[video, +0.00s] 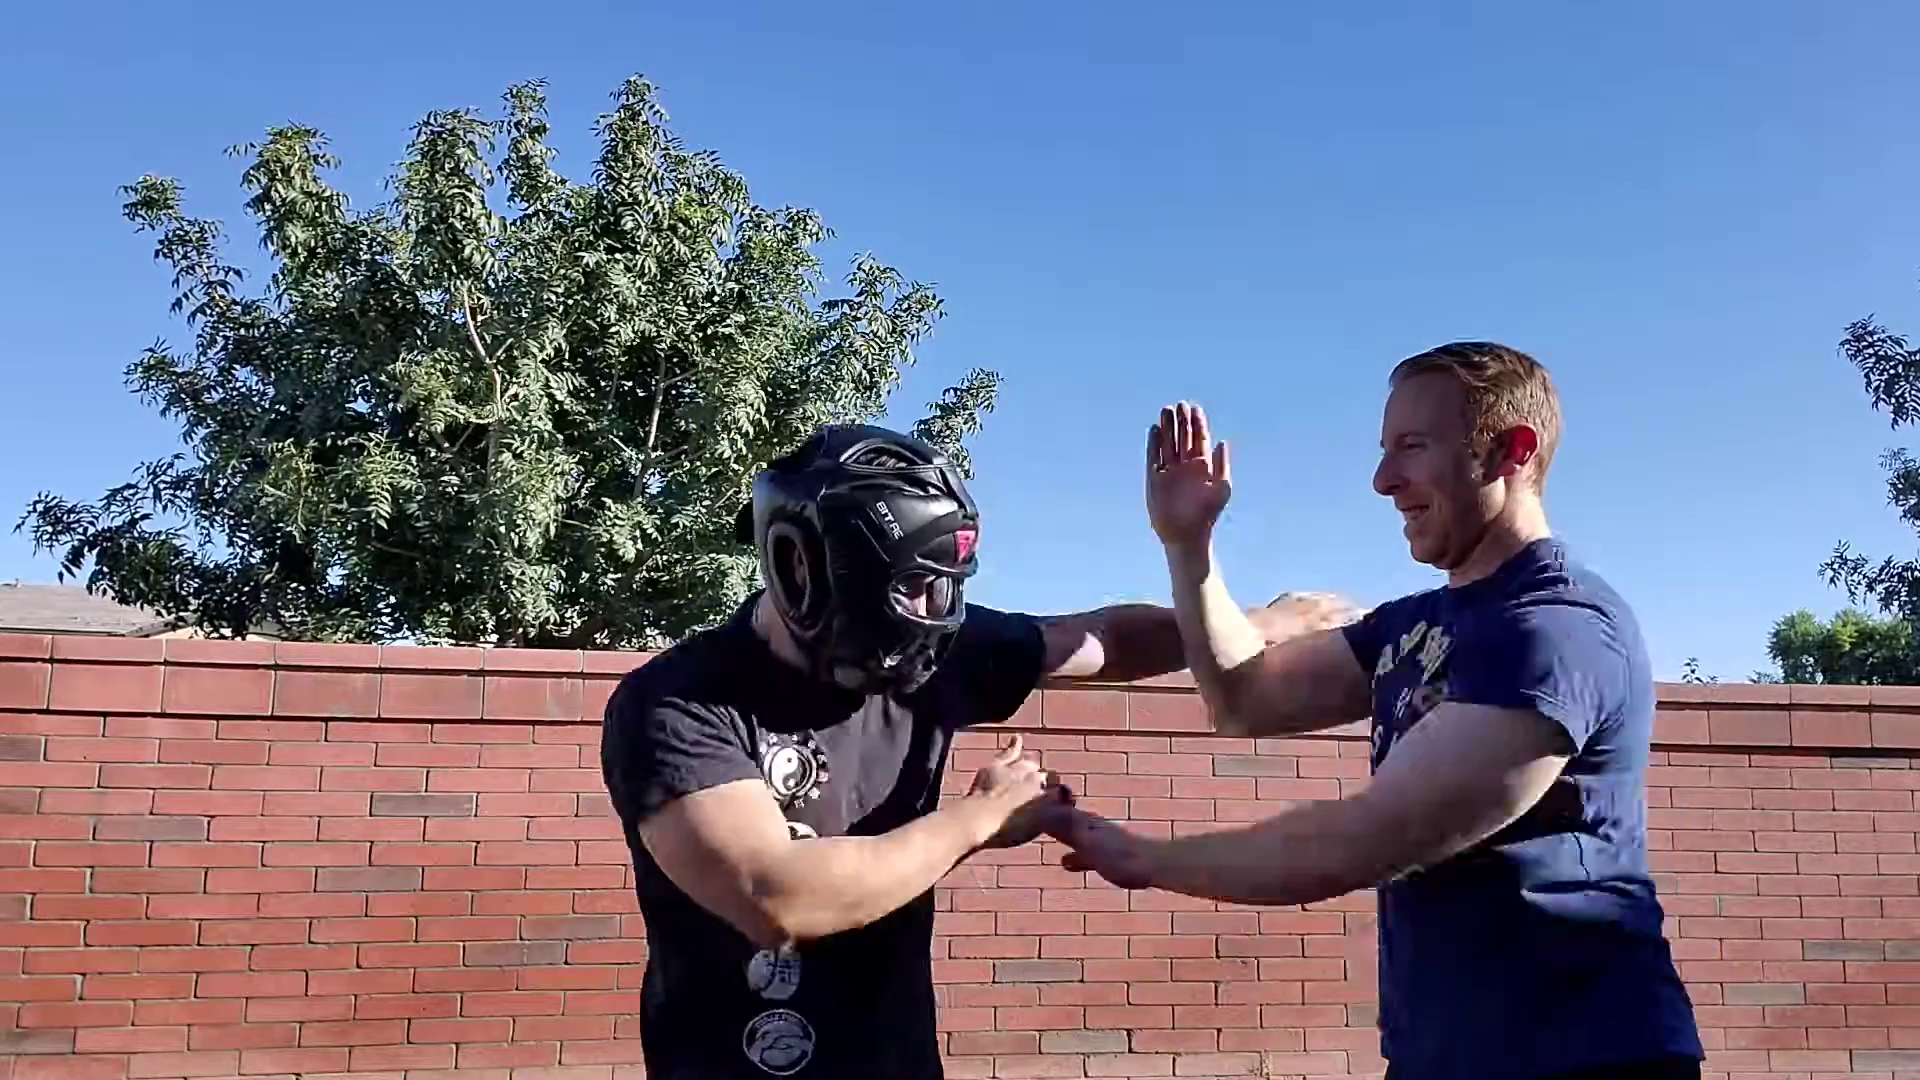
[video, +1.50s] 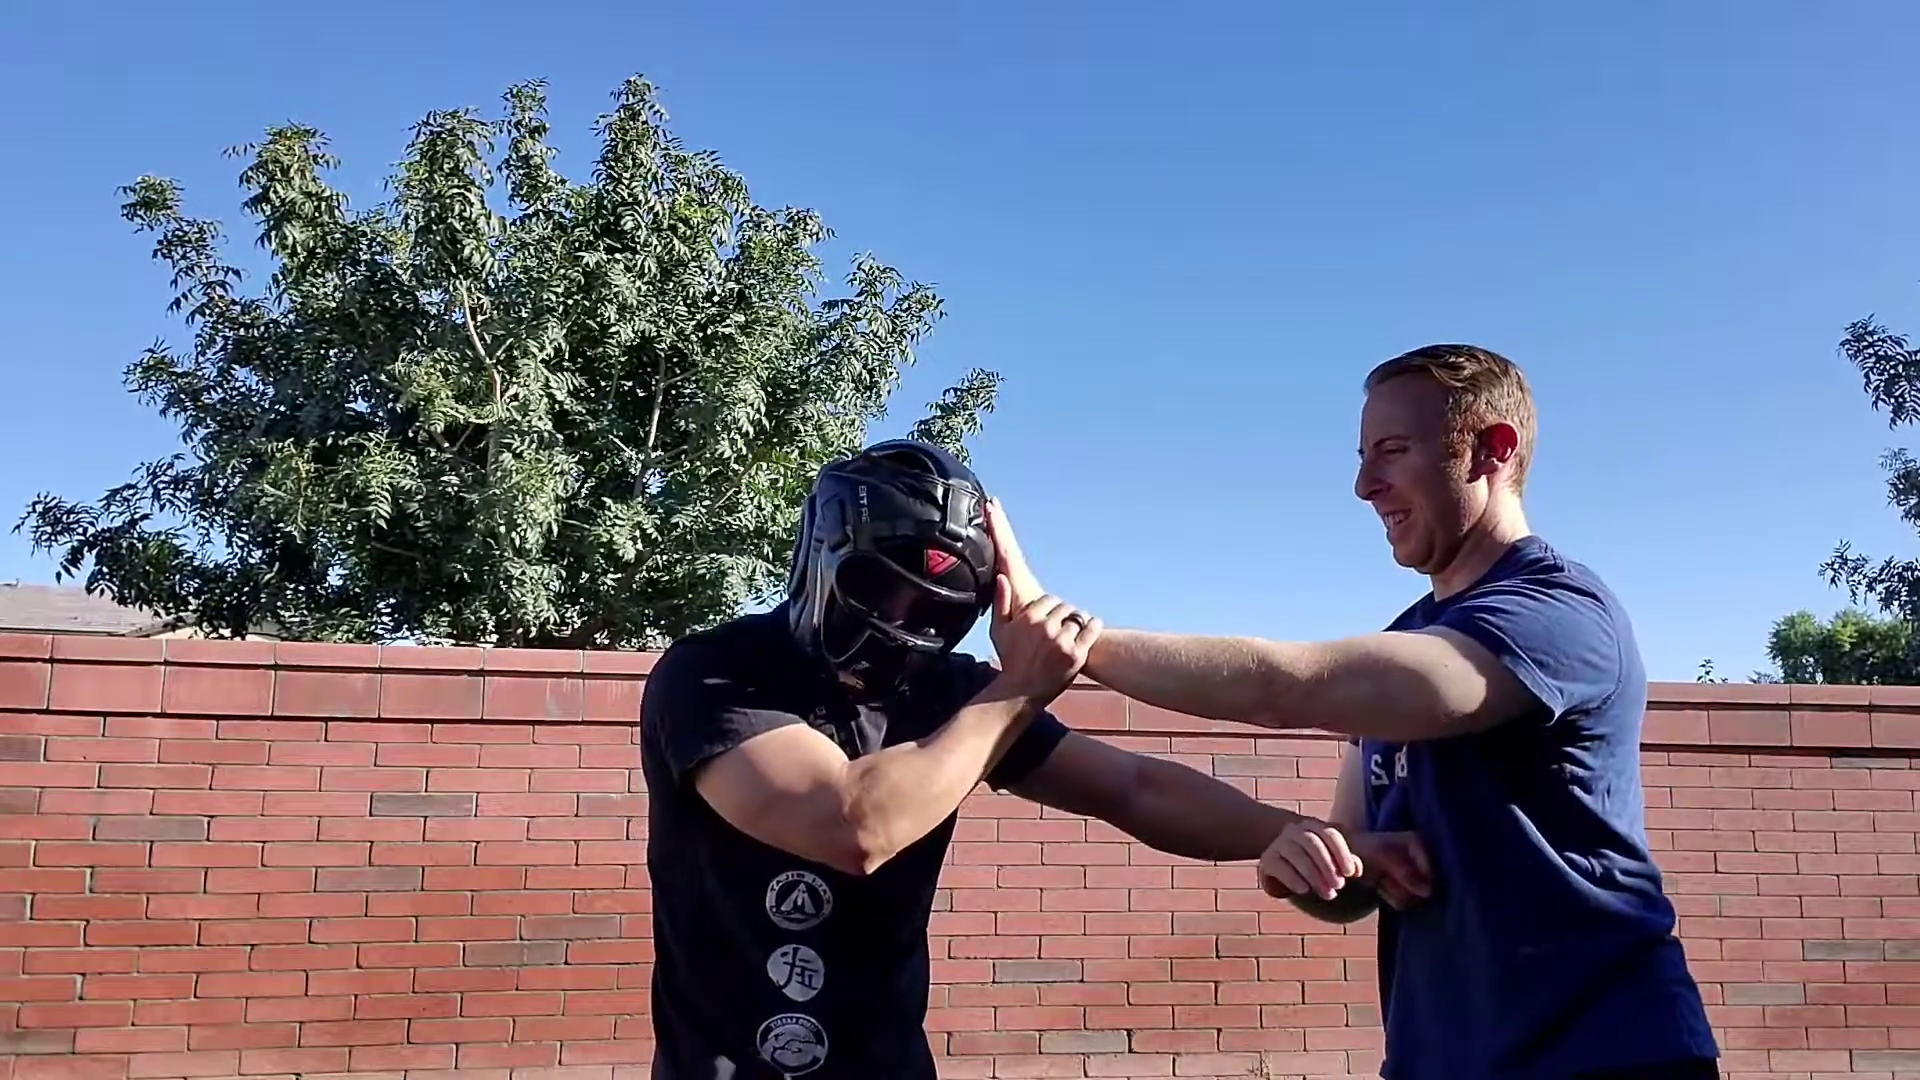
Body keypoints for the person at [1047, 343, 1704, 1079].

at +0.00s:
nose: (1383, 476)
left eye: (1413, 445)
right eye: (1385, 449)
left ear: (1513, 451)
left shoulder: (1558, 631)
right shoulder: (1411, 628)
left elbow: (1374, 837)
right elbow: (1243, 695)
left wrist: (1148, 857)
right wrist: (1188, 547)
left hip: (1579, 1051)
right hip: (1439, 1051)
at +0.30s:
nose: (1391, 466)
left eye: (1421, 434)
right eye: (1397, 438)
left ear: (1520, 443)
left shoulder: (1599, 630)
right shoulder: (1389, 629)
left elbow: (1464, 862)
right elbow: (1251, 773)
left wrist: (1226, 811)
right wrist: (1120, 643)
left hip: (1561, 1053)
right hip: (1396, 1051)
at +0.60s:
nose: (1342, 478)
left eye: (1366, 446)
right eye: (1347, 450)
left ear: (1465, 450)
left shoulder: (1495, 607)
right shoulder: (1461, 612)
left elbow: (1216, 676)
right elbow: (1439, 875)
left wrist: (1024, 590)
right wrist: (1259, 901)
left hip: (1529, 1042)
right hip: (1432, 1040)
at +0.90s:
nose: (1383, 478)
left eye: (1409, 446)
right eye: (1386, 453)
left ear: (1511, 454)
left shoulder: (1571, 613)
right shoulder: (1418, 645)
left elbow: (1306, 696)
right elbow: (1365, 849)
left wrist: (1074, 640)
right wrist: (1317, 858)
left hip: (1593, 1042)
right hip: (1438, 1047)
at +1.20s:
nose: (1376, 480)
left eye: (1403, 449)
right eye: (1379, 455)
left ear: (1505, 454)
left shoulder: (1568, 614)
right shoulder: (1419, 647)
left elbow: (1306, 688)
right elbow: (1380, 869)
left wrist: (1080, 642)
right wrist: (1316, 861)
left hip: (1595, 1043)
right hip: (1441, 1049)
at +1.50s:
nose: (1364, 483)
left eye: (1390, 451)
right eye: (1364, 459)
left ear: (1494, 453)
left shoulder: (1565, 612)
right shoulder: (1406, 646)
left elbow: (1302, 685)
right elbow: (1359, 865)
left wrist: (1074, 637)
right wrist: (1312, 861)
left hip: (1598, 1046)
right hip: (1439, 1053)